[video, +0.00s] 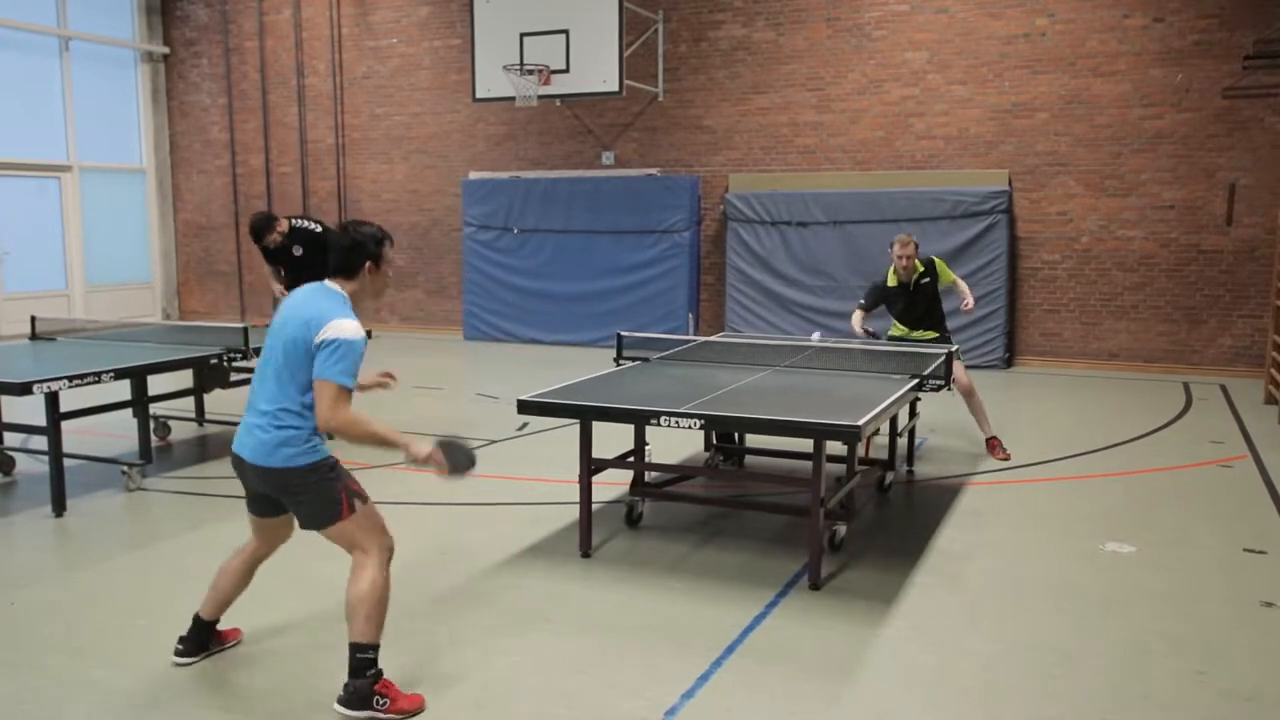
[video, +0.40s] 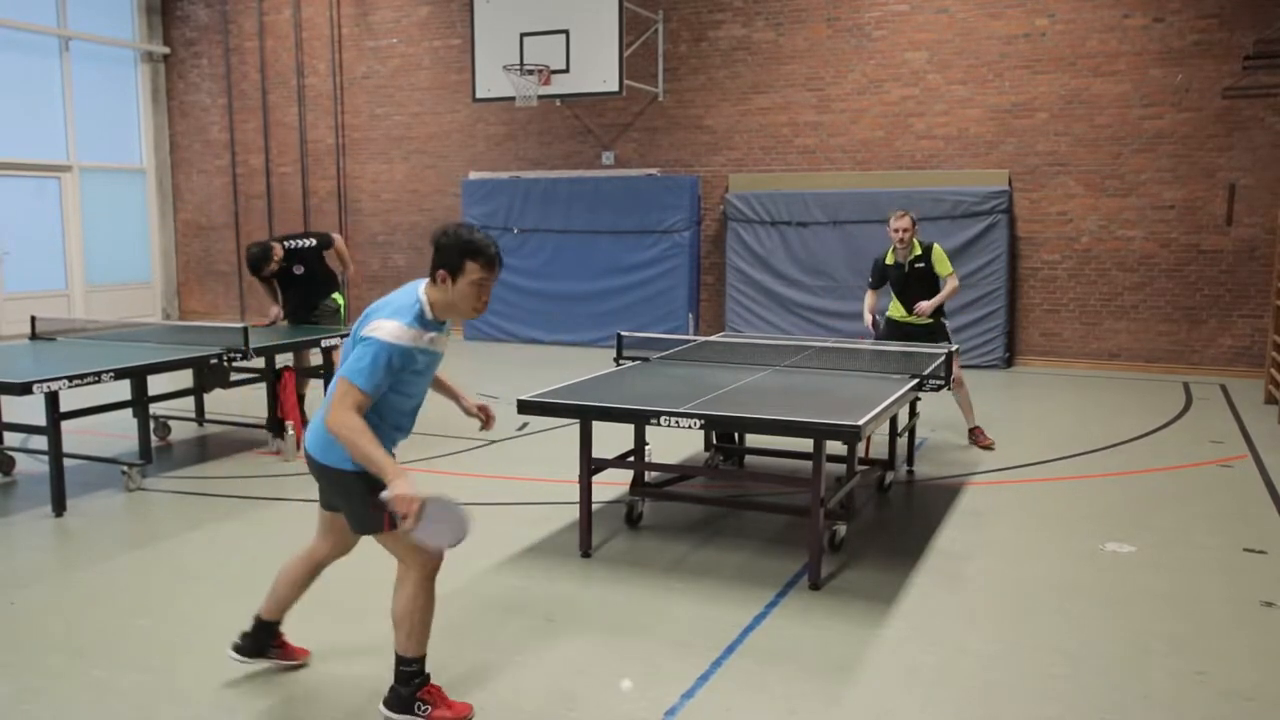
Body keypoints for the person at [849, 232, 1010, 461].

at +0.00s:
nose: (904, 263)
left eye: (909, 258)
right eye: (899, 258)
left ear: (917, 254)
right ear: (891, 255)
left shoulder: (932, 266)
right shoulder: (884, 284)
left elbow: (957, 282)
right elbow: (859, 313)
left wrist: (968, 297)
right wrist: (859, 328)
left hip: (936, 337)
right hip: (900, 338)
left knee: (965, 384)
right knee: (878, 384)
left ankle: (991, 439)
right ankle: (867, 436)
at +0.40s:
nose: (901, 236)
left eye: (905, 231)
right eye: (896, 231)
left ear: (914, 231)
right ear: (889, 232)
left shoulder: (931, 251)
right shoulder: (883, 261)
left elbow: (953, 283)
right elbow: (873, 290)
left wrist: (932, 303)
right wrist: (867, 312)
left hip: (931, 324)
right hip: (896, 322)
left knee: (955, 376)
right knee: (877, 374)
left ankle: (973, 428)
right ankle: (864, 435)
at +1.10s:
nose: (929, 308)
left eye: (934, 305)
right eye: (925, 304)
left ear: (942, 297)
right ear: (918, 293)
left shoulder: (949, 293)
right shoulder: (905, 297)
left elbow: (957, 327)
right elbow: (911, 322)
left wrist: (938, 330)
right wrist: (944, 313)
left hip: (938, 356)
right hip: (904, 357)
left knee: (978, 388)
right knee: (877, 391)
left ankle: (970, 437)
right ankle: (863, 437)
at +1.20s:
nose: (931, 293)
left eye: (936, 289)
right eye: (928, 289)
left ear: (945, 280)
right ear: (918, 277)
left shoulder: (951, 279)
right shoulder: (906, 286)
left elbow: (957, 311)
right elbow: (918, 304)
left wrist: (942, 311)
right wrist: (953, 294)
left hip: (937, 348)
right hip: (902, 349)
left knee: (977, 387)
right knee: (879, 391)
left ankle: (970, 437)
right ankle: (862, 437)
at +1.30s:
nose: (930, 270)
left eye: (935, 266)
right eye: (926, 265)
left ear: (945, 259)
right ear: (918, 255)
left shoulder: (950, 265)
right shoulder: (905, 268)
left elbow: (960, 294)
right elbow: (932, 280)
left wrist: (948, 283)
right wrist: (955, 263)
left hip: (936, 338)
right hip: (900, 338)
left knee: (972, 385)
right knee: (882, 387)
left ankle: (970, 436)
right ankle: (863, 438)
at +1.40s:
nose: (932, 254)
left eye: (936, 249)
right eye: (927, 249)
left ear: (943, 244)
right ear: (917, 241)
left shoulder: (948, 253)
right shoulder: (904, 256)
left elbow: (967, 278)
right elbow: (934, 264)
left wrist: (953, 273)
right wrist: (952, 241)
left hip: (935, 332)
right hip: (900, 332)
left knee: (965, 382)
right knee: (882, 383)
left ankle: (969, 435)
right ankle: (860, 433)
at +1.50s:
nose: (929, 254)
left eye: (934, 249)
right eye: (925, 249)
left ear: (940, 243)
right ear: (916, 240)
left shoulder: (942, 251)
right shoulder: (903, 257)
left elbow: (959, 262)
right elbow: (940, 265)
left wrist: (962, 272)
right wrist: (948, 239)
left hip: (934, 331)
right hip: (900, 332)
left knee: (963, 382)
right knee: (880, 383)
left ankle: (969, 435)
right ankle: (858, 431)